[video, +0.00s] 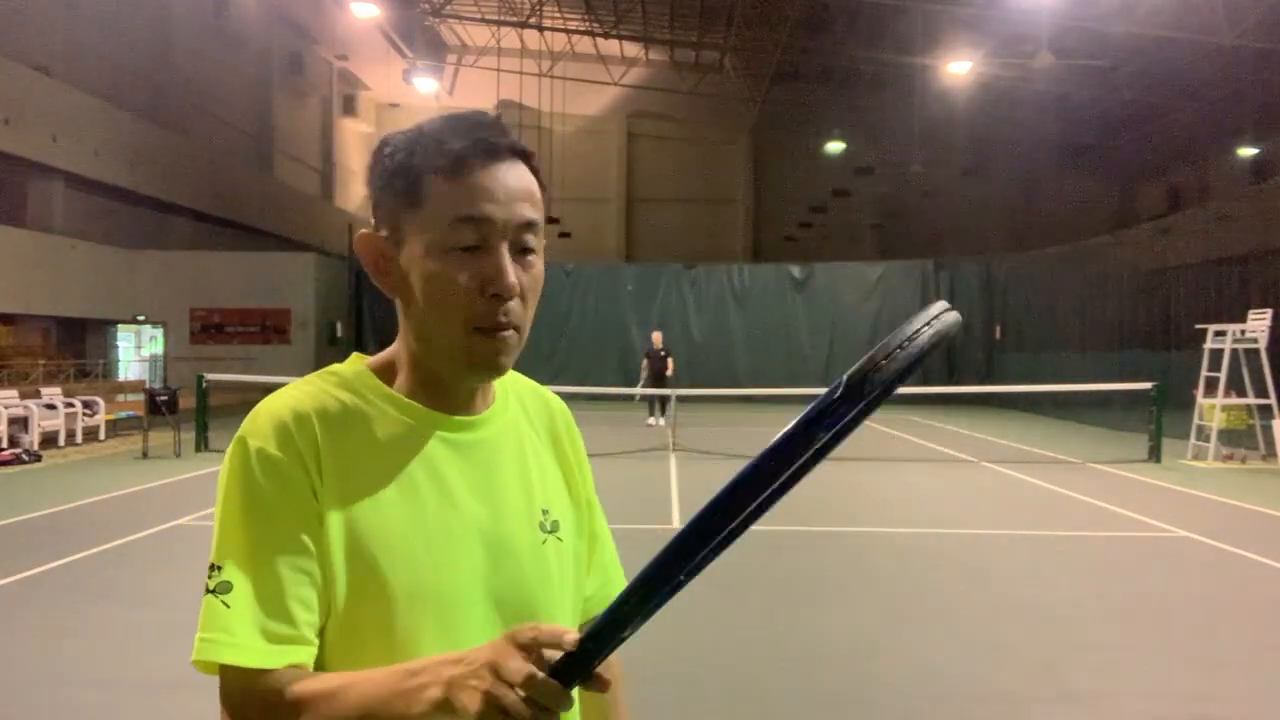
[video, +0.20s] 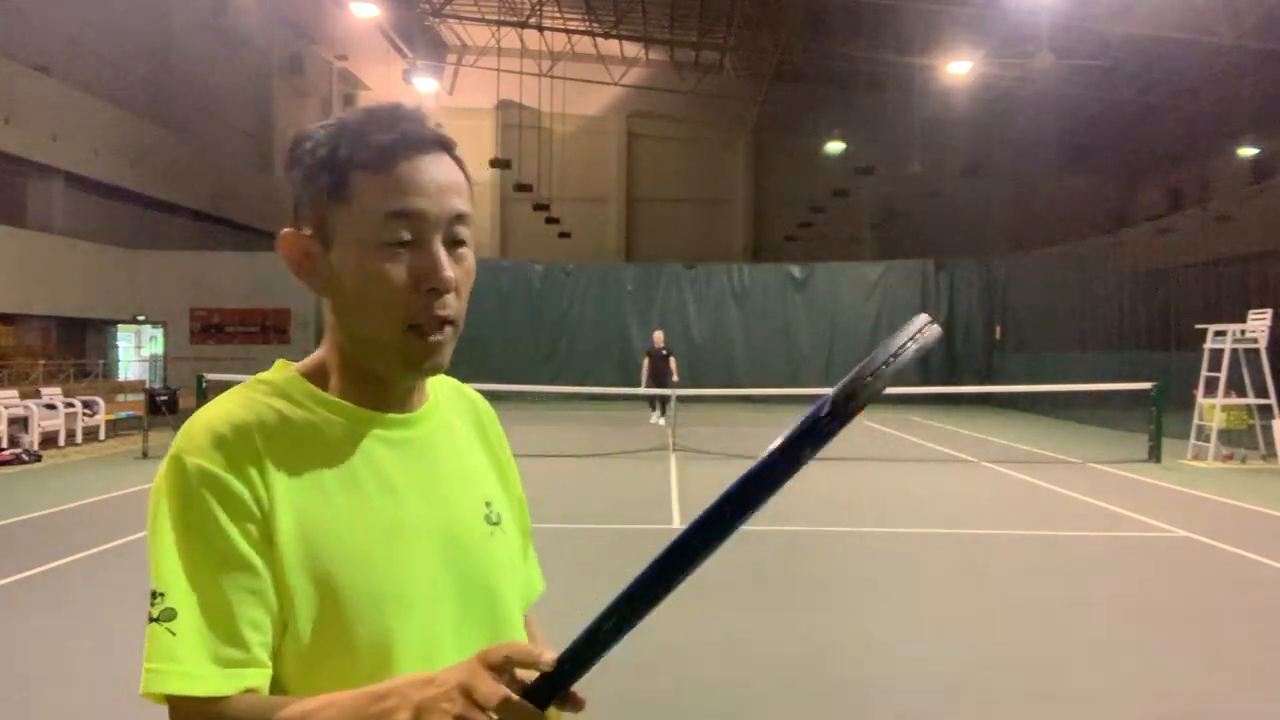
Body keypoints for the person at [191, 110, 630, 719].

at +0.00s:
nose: (507, 282)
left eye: (525, 248)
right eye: (468, 247)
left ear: (543, 256)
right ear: (383, 261)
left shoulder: (546, 420)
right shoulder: (291, 434)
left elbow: (594, 658)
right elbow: (255, 697)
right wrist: (444, 681)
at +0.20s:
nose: (443, 276)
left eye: (457, 240)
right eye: (399, 242)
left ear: (475, 245)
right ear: (307, 260)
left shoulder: (469, 418)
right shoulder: (223, 451)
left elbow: (516, 624)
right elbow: (207, 705)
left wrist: (541, 690)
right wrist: (415, 698)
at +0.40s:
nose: (361, 276)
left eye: (374, 236)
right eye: (314, 242)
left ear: (392, 240)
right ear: (217, 263)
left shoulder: (379, 415)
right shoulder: (147, 471)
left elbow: (398, 653)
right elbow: (138, 705)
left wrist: (465, 703)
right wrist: (395, 704)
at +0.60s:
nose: (318, 262)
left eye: (330, 223)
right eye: (268, 229)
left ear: (350, 234)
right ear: (172, 256)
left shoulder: (316, 414)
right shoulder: (113, 471)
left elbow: (336, 664)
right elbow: (122, 703)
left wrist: (420, 699)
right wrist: (392, 707)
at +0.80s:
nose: (267, 251)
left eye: (291, 214)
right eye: (220, 218)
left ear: (330, 242)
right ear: (156, 255)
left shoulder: (298, 413)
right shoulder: (111, 457)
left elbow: (313, 666)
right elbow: (119, 705)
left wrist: (412, 689)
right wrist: (386, 696)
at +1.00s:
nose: (266, 251)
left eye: (285, 213)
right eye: (217, 223)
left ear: (329, 235)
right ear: (161, 265)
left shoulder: (309, 405)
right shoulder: (131, 453)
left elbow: (311, 643)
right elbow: (139, 705)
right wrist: (402, 668)